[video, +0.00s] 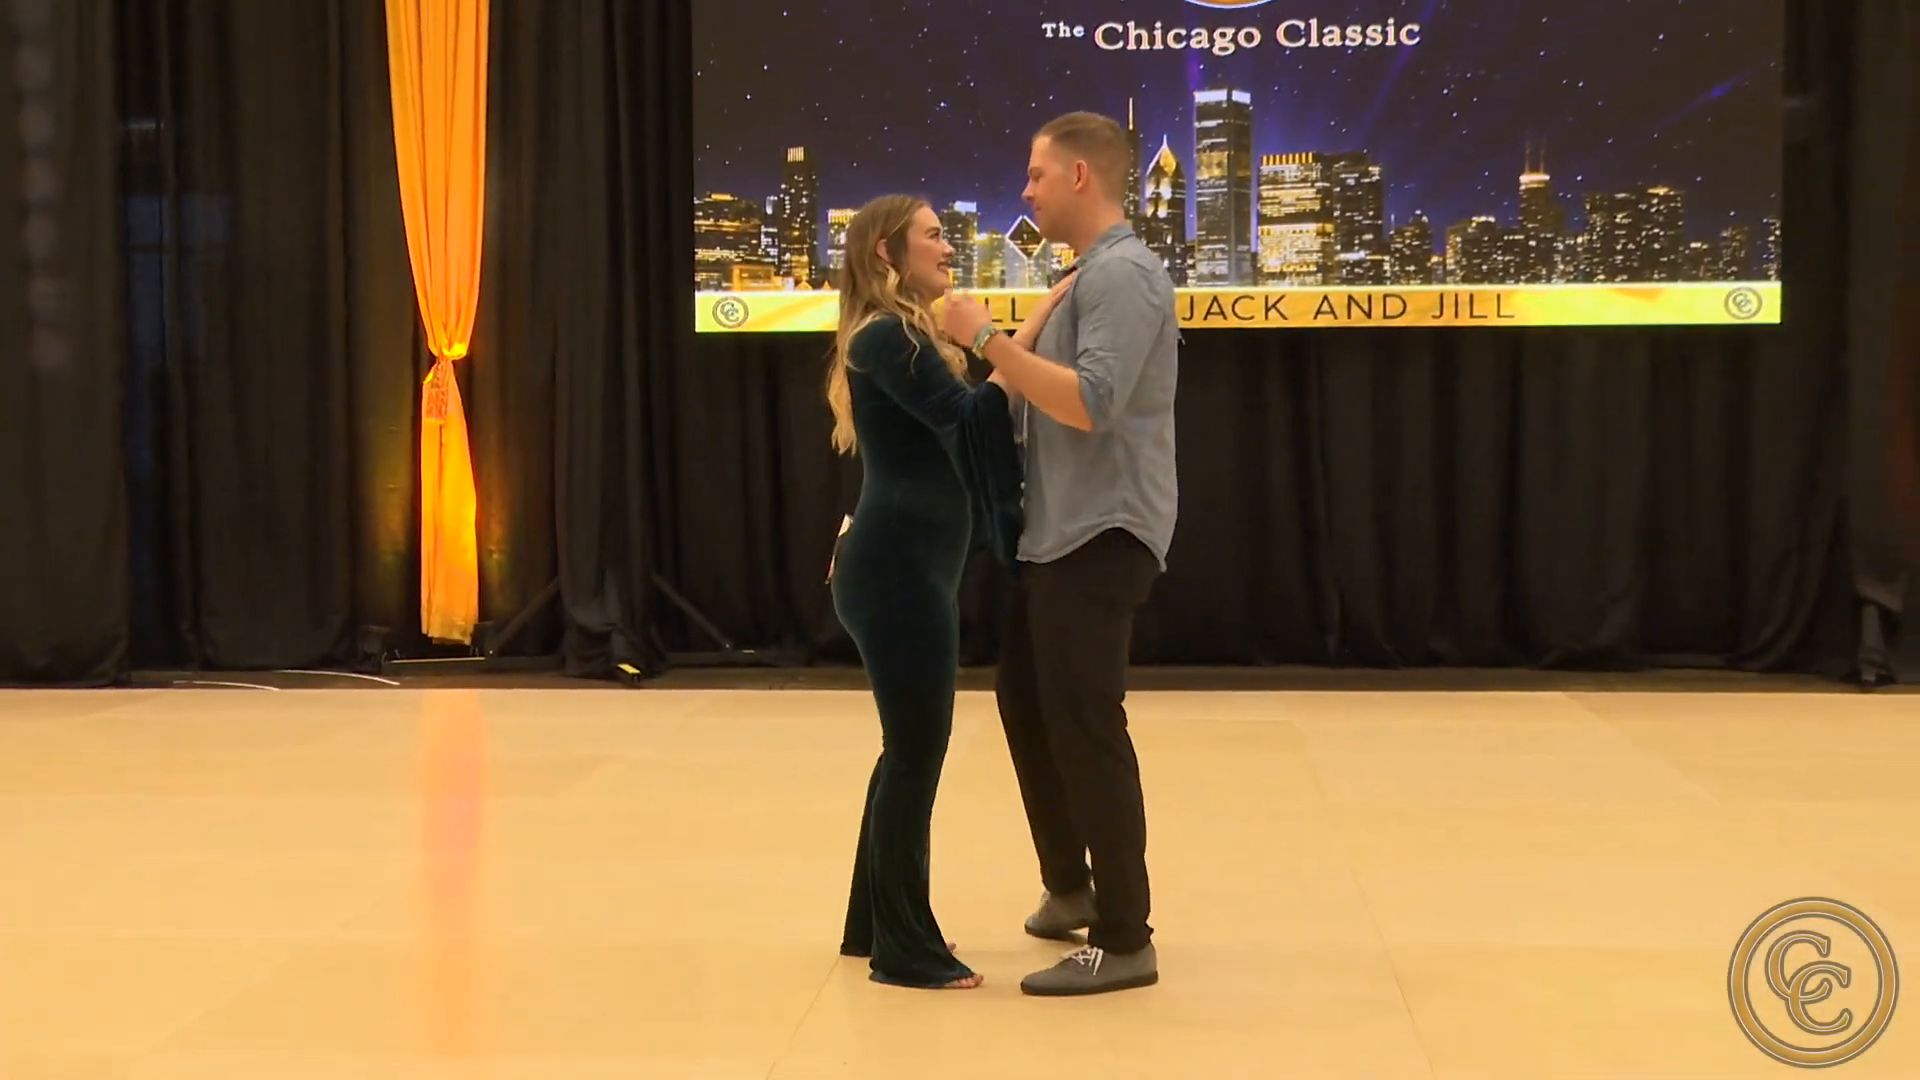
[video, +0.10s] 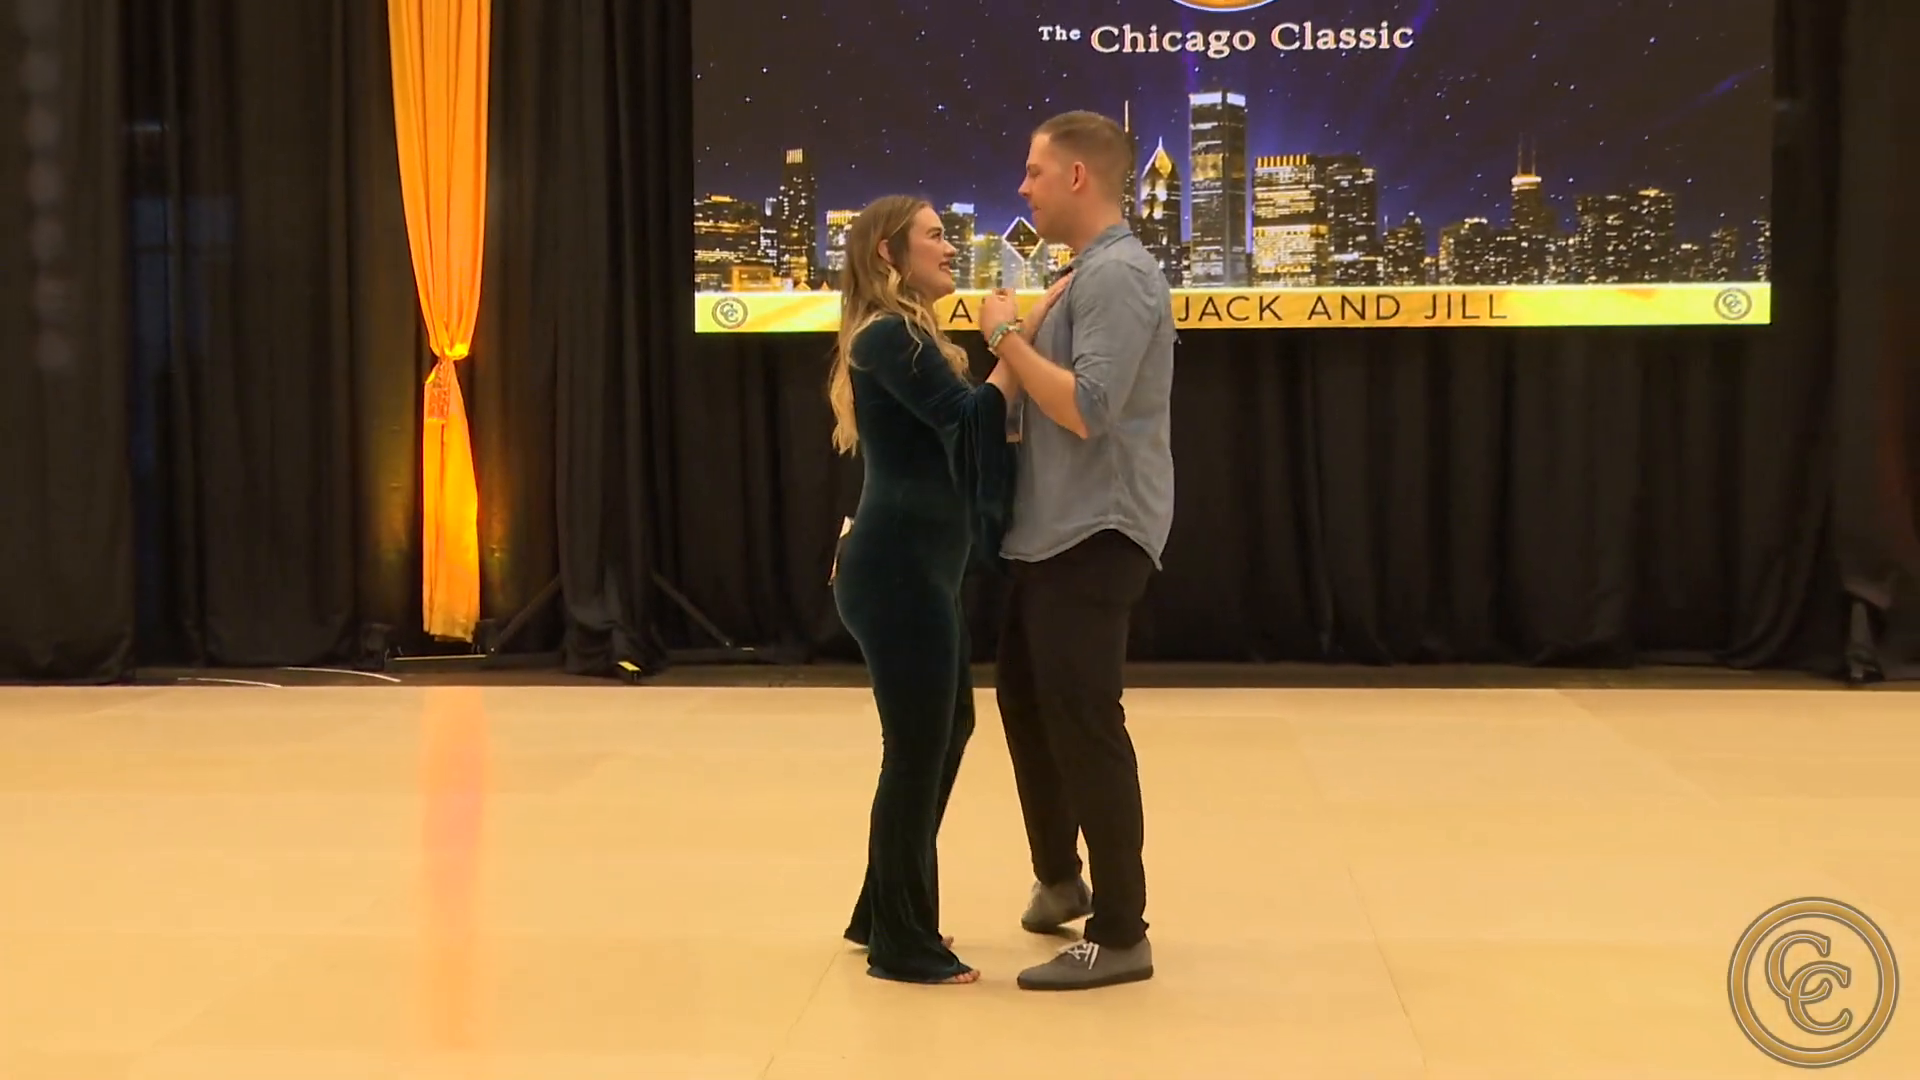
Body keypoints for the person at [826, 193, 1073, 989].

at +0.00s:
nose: (949, 248)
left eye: (946, 236)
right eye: (934, 236)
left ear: (895, 255)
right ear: (888, 253)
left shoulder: (912, 333)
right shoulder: (883, 336)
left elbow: (974, 407)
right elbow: (958, 417)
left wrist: (1029, 333)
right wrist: (1020, 346)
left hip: (916, 565)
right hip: (894, 568)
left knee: (912, 749)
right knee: (915, 752)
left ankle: (875, 923)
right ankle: (903, 942)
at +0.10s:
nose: (951, 249)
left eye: (948, 237)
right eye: (936, 237)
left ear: (899, 256)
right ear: (890, 253)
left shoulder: (919, 333)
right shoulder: (886, 336)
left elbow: (976, 414)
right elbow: (957, 416)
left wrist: (1023, 340)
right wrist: (1003, 347)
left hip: (926, 566)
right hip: (895, 570)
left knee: (953, 727)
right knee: (918, 742)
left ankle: (890, 906)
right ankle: (902, 941)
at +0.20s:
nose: (948, 250)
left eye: (945, 238)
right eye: (933, 239)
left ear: (897, 259)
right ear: (888, 257)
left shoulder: (918, 336)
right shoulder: (886, 338)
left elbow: (980, 430)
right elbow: (963, 424)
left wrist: (1018, 342)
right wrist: (1009, 342)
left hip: (925, 564)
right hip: (893, 568)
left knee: (959, 722)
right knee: (915, 742)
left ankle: (908, 910)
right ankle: (896, 936)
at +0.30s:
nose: (945, 251)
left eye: (942, 239)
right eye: (930, 240)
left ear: (892, 260)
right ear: (885, 258)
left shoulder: (915, 336)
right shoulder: (884, 340)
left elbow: (978, 430)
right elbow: (965, 429)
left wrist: (1012, 343)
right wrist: (1007, 344)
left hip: (925, 564)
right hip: (891, 569)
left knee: (950, 723)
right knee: (907, 745)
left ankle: (922, 917)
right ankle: (889, 936)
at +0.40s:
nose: (942, 253)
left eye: (938, 241)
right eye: (927, 242)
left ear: (889, 262)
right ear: (882, 260)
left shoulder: (911, 339)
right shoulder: (884, 343)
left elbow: (973, 433)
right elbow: (965, 432)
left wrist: (1010, 349)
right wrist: (1008, 348)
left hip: (922, 565)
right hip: (891, 570)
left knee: (925, 745)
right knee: (897, 754)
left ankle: (919, 908)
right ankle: (886, 932)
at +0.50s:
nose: (940, 256)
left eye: (936, 244)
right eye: (926, 245)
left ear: (888, 266)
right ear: (882, 264)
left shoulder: (906, 341)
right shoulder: (886, 347)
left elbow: (967, 437)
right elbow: (967, 436)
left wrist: (1010, 352)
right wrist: (1008, 350)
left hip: (913, 561)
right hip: (892, 568)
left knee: (909, 744)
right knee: (893, 751)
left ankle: (912, 898)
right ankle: (883, 927)